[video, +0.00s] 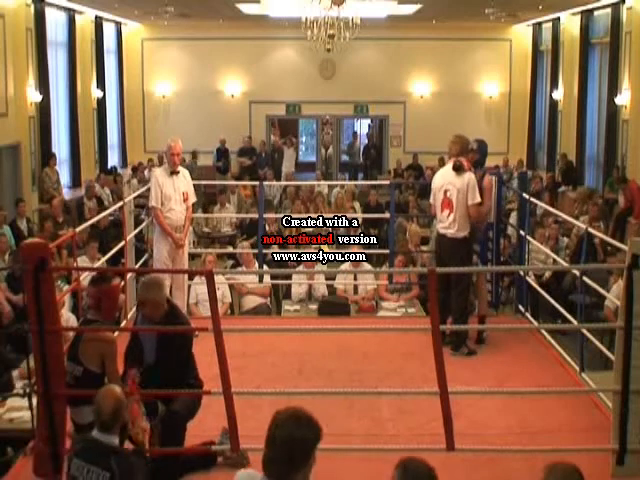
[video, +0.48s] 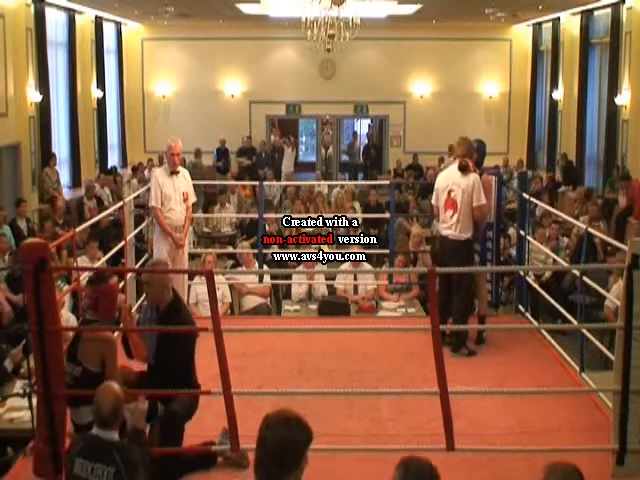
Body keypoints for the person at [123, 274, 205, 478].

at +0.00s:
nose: (142, 310)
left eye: (145, 305)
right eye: (140, 304)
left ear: (161, 302)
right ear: (139, 301)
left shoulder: (180, 326)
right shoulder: (142, 315)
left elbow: (171, 370)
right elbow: (133, 348)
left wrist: (141, 378)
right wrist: (131, 370)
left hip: (183, 386)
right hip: (151, 383)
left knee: (173, 416)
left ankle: (166, 468)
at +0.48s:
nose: (146, 289)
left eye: (151, 283)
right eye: (145, 283)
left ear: (167, 284)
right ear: (143, 283)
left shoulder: (179, 320)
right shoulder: (149, 310)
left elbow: (166, 378)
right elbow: (135, 353)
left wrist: (131, 380)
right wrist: (126, 324)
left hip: (182, 392)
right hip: (157, 387)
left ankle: (217, 452)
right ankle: (214, 447)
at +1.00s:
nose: (150, 284)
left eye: (155, 278)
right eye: (149, 277)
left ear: (170, 279)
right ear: (148, 278)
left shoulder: (181, 319)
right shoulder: (160, 307)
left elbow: (167, 374)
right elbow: (149, 358)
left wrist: (139, 334)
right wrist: (134, 335)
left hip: (176, 397)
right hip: (161, 390)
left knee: (160, 470)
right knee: (159, 467)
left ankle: (217, 451)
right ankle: (215, 449)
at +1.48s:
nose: (149, 287)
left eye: (153, 281)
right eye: (147, 281)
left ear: (168, 280)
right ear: (146, 281)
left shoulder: (180, 318)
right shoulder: (160, 307)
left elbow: (168, 373)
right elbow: (148, 348)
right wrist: (134, 331)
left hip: (178, 396)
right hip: (162, 389)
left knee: (161, 470)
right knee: (159, 467)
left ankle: (217, 452)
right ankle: (215, 449)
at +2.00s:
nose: (146, 288)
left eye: (150, 282)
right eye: (145, 281)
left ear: (166, 282)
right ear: (150, 281)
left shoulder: (181, 319)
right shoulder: (157, 308)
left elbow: (183, 370)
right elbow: (156, 358)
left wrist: (174, 407)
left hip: (175, 399)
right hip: (160, 394)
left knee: (162, 470)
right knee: (157, 467)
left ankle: (217, 451)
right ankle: (215, 449)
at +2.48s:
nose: (145, 289)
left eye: (149, 283)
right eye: (144, 283)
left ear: (166, 282)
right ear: (159, 282)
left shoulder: (181, 319)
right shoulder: (154, 307)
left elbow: (186, 370)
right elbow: (144, 346)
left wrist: (175, 405)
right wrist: (135, 322)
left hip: (177, 399)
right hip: (160, 393)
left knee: (161, 469)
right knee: (159, 467)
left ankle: (217, 451)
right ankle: (215, 450)